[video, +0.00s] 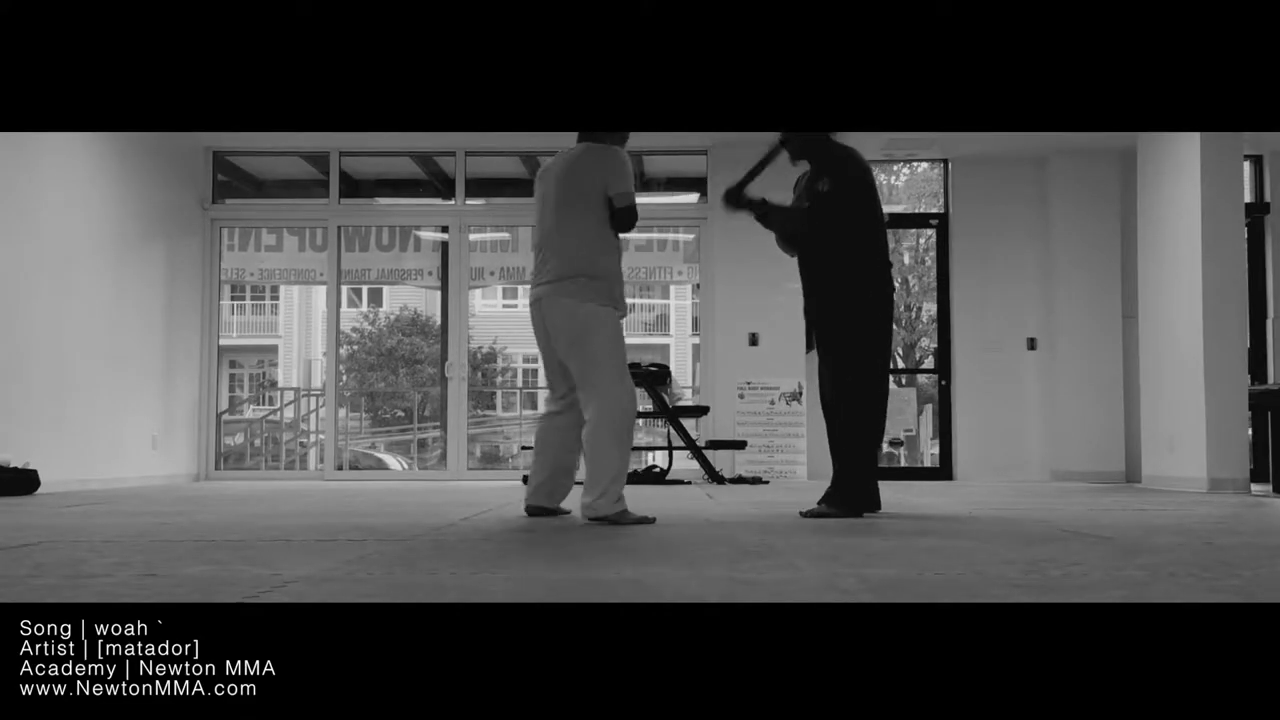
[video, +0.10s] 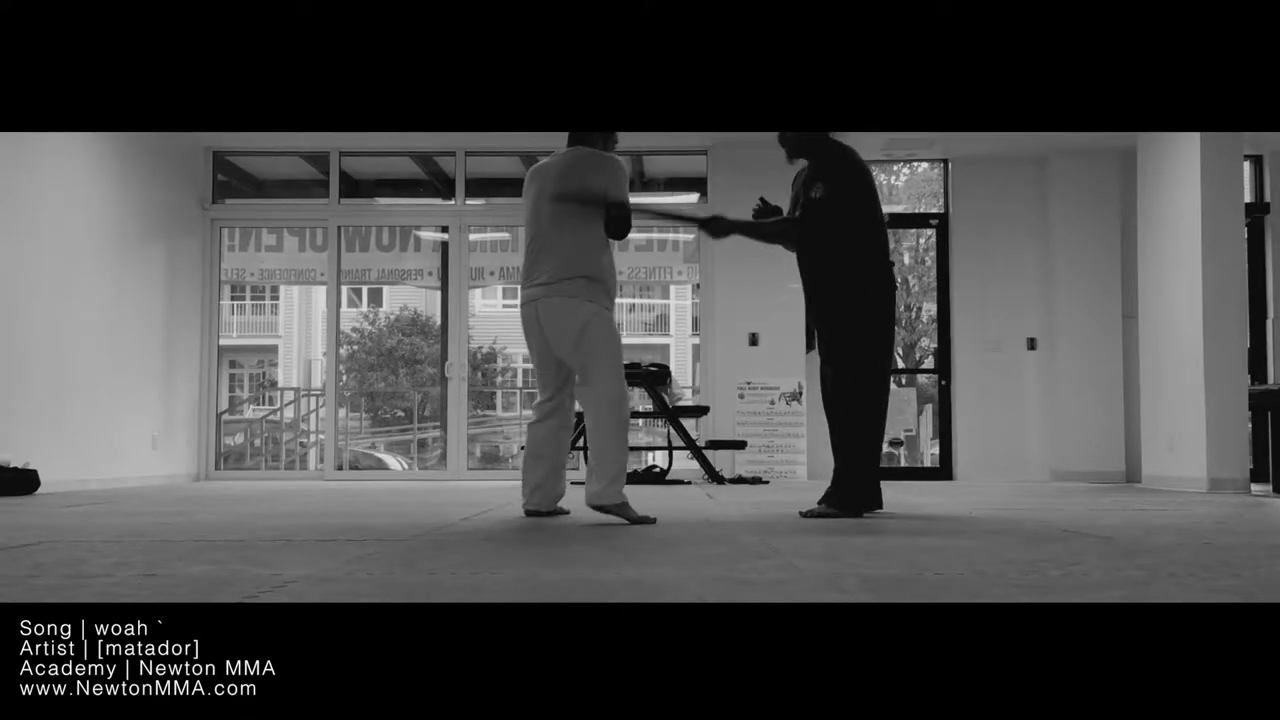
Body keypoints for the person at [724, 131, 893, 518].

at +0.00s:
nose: (785, 148)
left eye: (788, 139)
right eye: (784, 141)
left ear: (806, 135)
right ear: (807, 140)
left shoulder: (841, 166)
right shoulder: (809, 178)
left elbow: (813, 227)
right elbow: (798, 242)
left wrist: (756, 205)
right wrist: (772, 216)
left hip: (857, 308)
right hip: (833, 309)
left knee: (852, 397)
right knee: (839, 398)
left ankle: (852, 495)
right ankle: (851, 493)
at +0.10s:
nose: (781, 142)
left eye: (784, 135)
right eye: (780, 137)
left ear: (803, 134)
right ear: (807, 136)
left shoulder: (834, 167)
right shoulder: (813, 170)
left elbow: (805, 233)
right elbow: (819, 234)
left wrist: (733, 227)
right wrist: (780, 221)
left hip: (858, 305)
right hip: (838, 303)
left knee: (853, 395)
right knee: (845, 395)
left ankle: (852, 496)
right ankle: (858, 491)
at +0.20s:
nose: (777, 143)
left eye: (779, 136)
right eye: (776, 137)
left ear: (797, 135)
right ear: (807, 135)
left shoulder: (825, 167)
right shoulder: (817, 167)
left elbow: (804, 236)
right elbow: (821, 233)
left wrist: (736, 236)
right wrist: (779, 223)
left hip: (856, 301)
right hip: (844, 298)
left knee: (849, 393)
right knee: (849, 392)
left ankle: (848, 495)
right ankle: (864, 488)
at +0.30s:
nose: (773, 143)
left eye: (778, 136)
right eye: (774, 137)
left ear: (798, 135)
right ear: (794, 137)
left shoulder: (829, 166)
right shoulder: (800, 171)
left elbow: (815, 240)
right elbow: (798, 230)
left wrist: (750, 246)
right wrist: (769, 231)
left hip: (860, 301)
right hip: (837, 301)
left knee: (852, 394)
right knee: (844, 394)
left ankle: (848, 496)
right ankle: (859, 489)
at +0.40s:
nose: (772, 148)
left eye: (776, 141)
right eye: (771, 143)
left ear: (797, 138)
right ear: (791, 142)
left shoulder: (835, 169)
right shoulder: (795, 172)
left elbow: (834, 245)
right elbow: (772, 223)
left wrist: (774, 261)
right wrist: (734, 246)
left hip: (861, 296)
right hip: (832, 297)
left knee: (855, 391)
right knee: (838, 390)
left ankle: (848, 495)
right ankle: (862, 487)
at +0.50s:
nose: (767, 145)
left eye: (772, 138)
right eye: (767, 139)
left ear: (794, 137)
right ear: (787, 141)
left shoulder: (836, 169)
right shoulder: (790, 173)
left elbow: (841, 243)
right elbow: (759, 215)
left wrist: (790, 265)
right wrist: (708, 238)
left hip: (858, 298)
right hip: (827, 299)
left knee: (852, 391)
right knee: (835, 392)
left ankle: (847, 496)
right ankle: (859, 487)